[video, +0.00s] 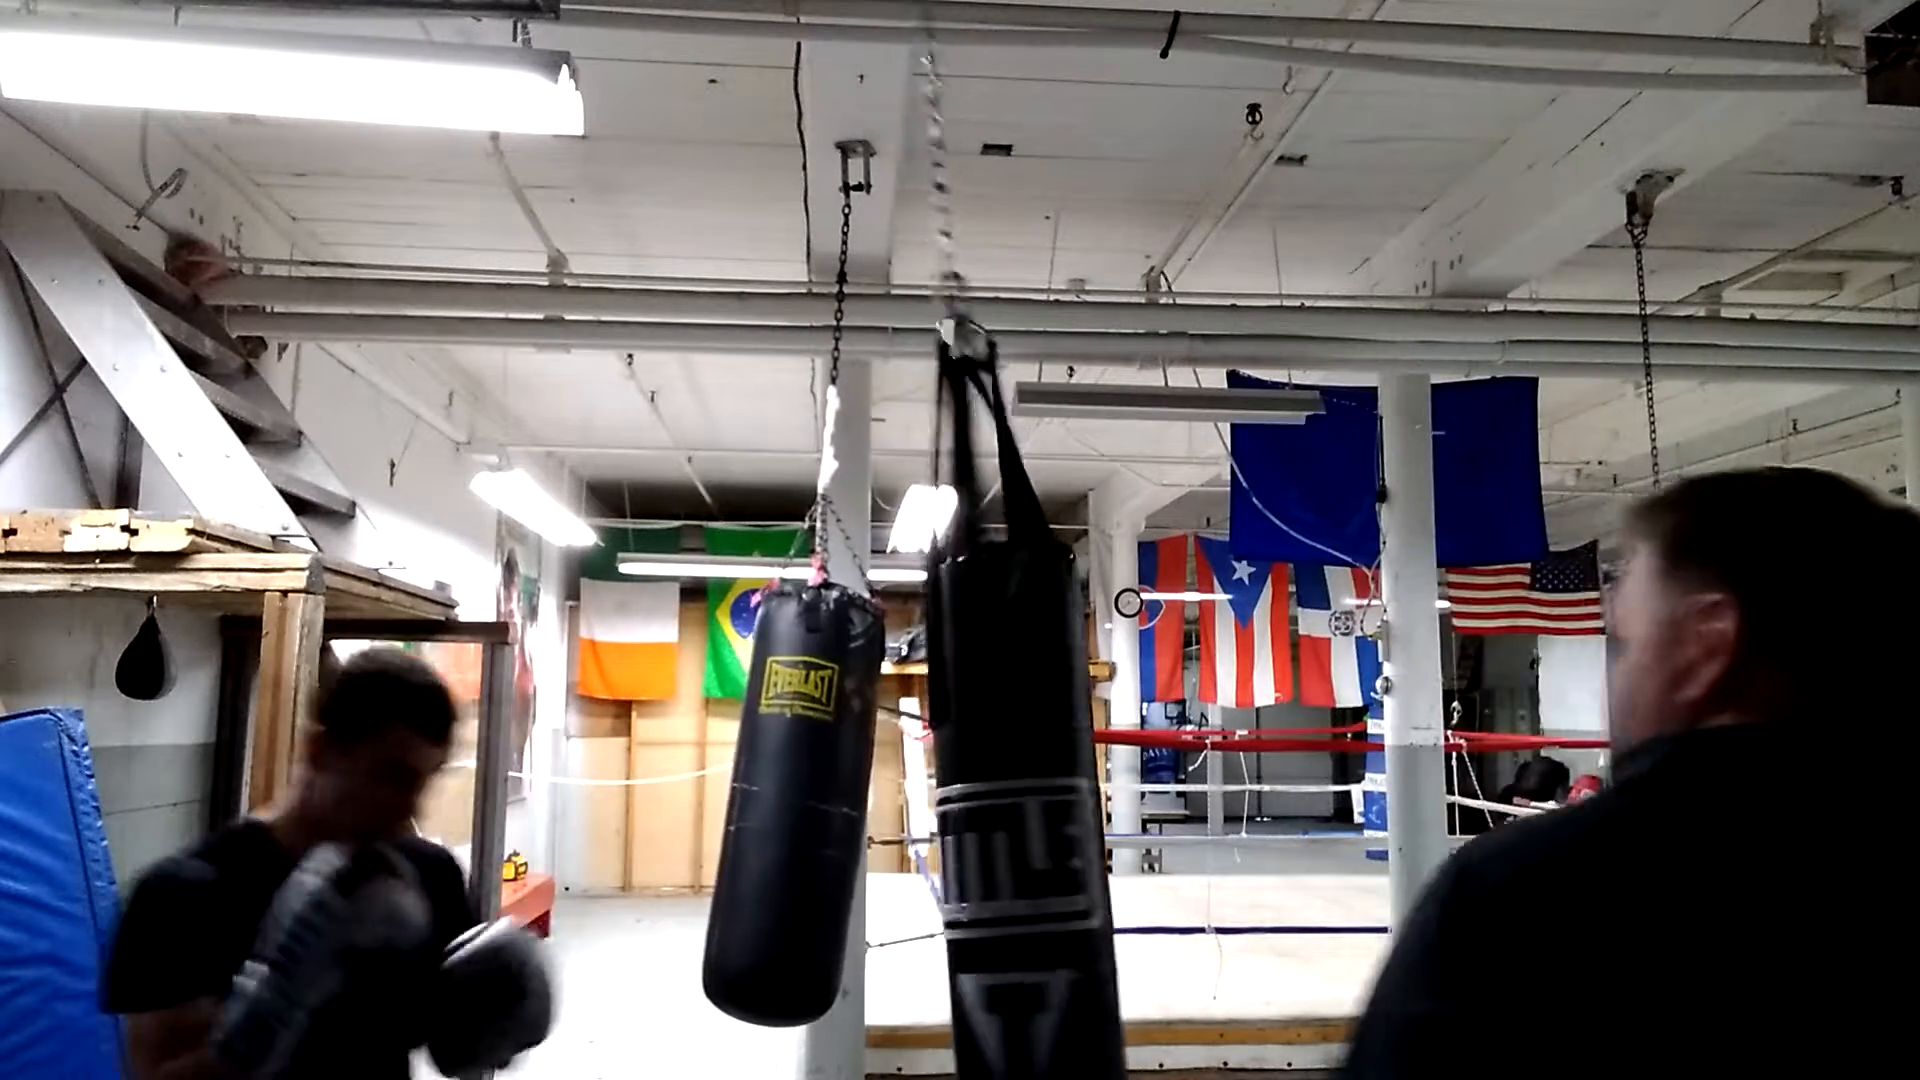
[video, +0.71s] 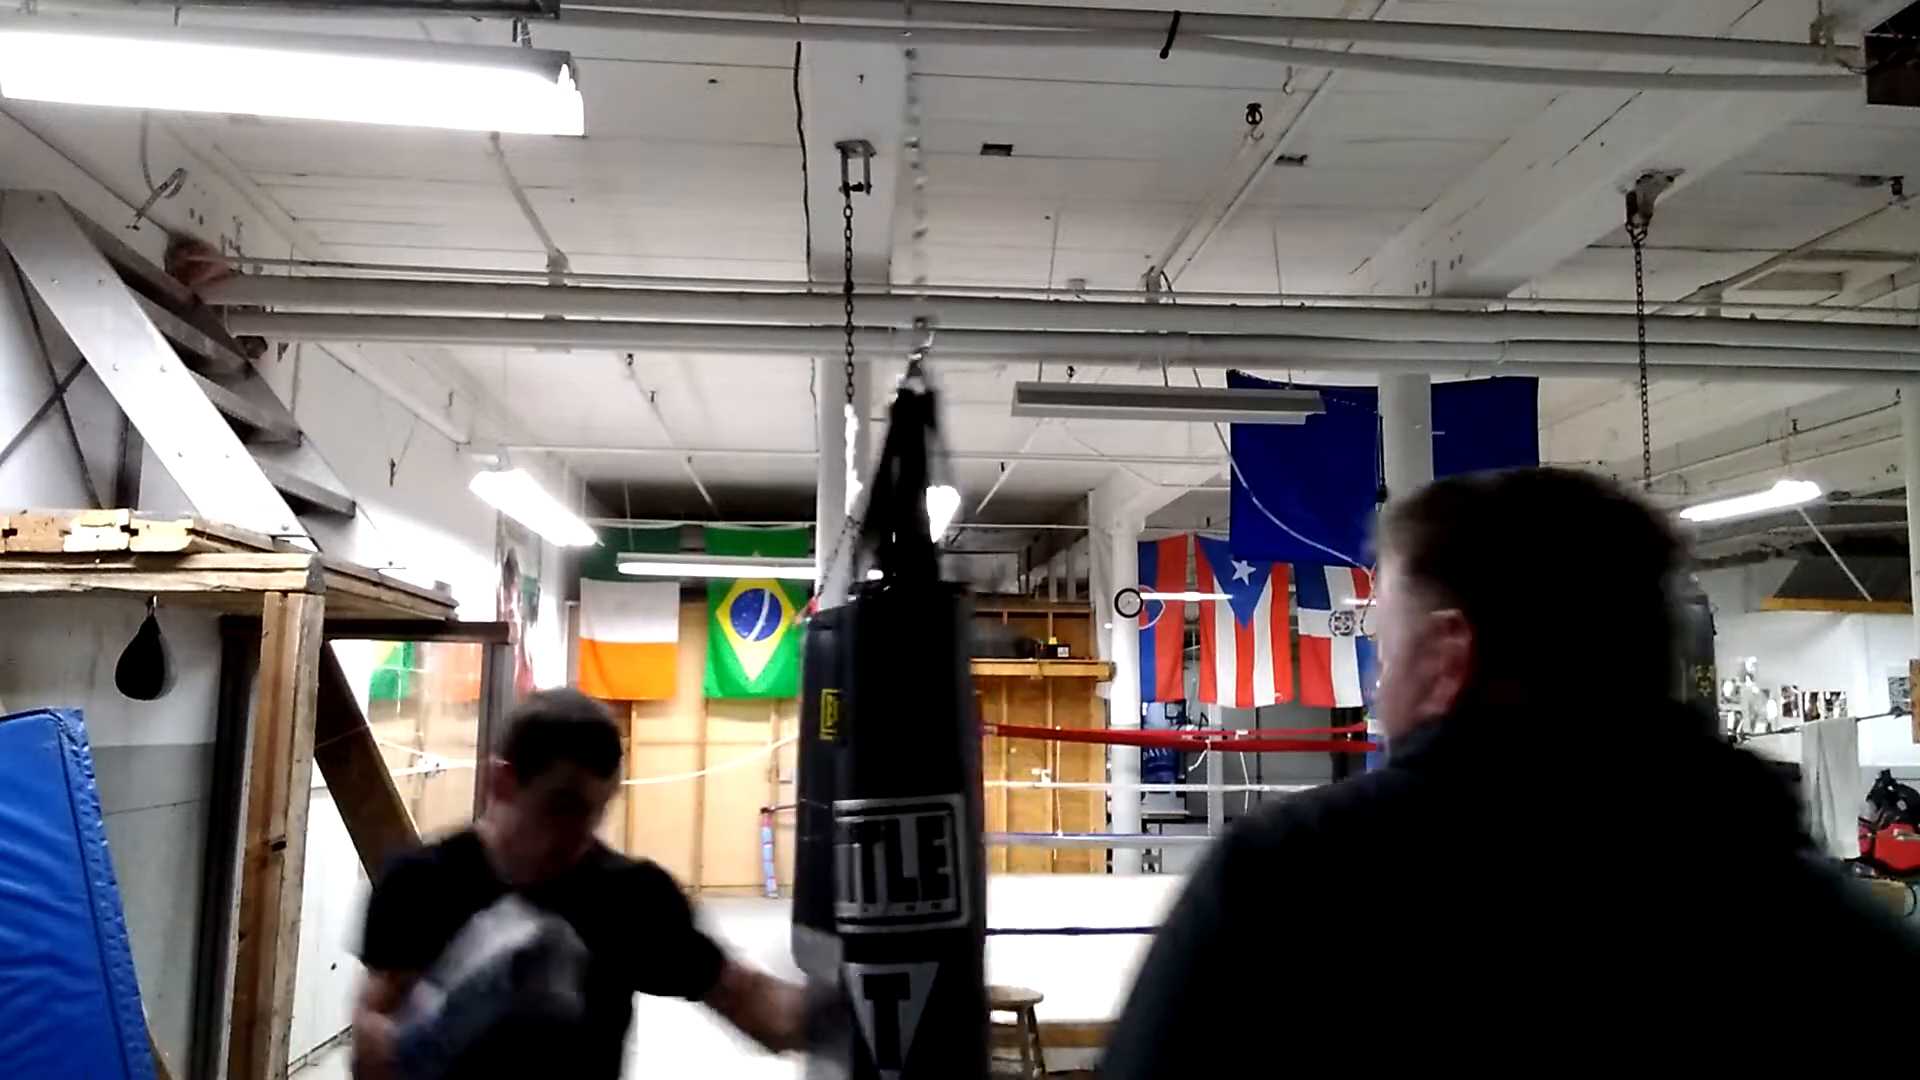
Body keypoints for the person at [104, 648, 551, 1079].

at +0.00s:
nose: (412, 806)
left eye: (425, 781)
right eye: (395, 775)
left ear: (436, 773)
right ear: (319, 751)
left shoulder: (427, 878)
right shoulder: (189, 892)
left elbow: (454, 1053)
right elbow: (158, 1067)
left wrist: (499, 1003)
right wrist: (280, 986)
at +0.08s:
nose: (463, 823)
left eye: (474, 801)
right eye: (448, 795)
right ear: (373, 764)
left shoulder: (469, 888)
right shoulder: (241, 890)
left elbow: (484, 1065)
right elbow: (205, 1067)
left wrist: (532, 1030)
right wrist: (327, 1002)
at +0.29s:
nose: (560, 850)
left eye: (578, 830)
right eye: (542, 824)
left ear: (593, 816)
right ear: (489, 787)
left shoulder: (577, 888)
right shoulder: (352, 861)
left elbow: (632, 1063)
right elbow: (332, 1059)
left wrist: (665, 916)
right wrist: (406, 899)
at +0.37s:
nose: (540, 842)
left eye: (564, 827)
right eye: (529, 815)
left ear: (581, 812)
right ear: (481, 775)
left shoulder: (573, 878)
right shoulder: (354, 860)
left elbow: (645, 1044)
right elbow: (343, 1055)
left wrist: (674, 904)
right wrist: (446, 901)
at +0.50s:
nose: (528, 849)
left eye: (543, 827)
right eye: (514, 821)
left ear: (558, 813)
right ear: (449, 791)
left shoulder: (547, 887)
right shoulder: (340, 895)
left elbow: (618, 1040)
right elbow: (339, 1064)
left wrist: (655, 996)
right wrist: (487, 987)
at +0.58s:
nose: (544, 838)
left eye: (559, 816)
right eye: (525, 812)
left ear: (569, 805)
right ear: (462, 789)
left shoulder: (569, 900)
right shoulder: (360, 895)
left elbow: (610, 1053)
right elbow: (317, 1053)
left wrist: (637, 998)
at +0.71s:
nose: (582, 836)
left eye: (597, 811)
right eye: (564, 807)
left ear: (611, 798)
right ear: (500, 783)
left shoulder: (631, 896)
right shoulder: (420, 885)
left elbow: (744, 996)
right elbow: (369, 1025)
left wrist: (824, 1013)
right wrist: (446, 1019)